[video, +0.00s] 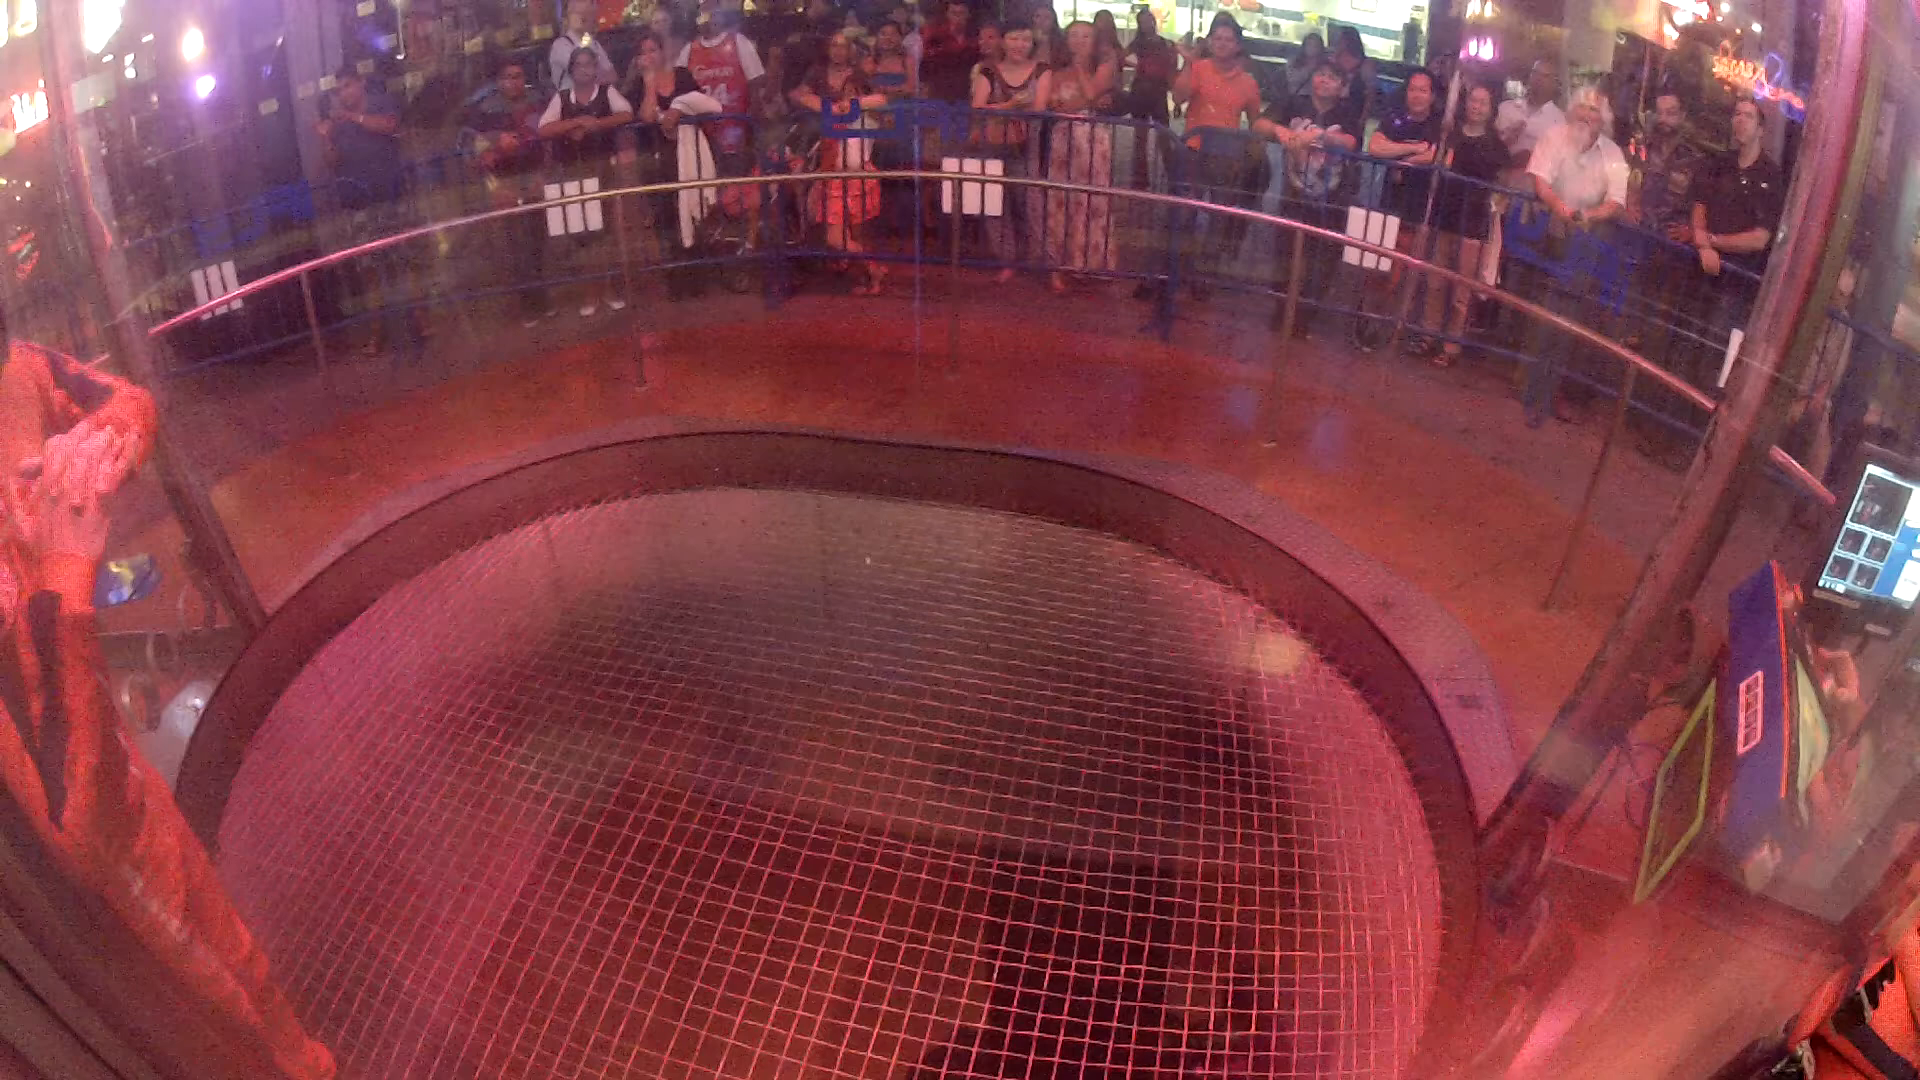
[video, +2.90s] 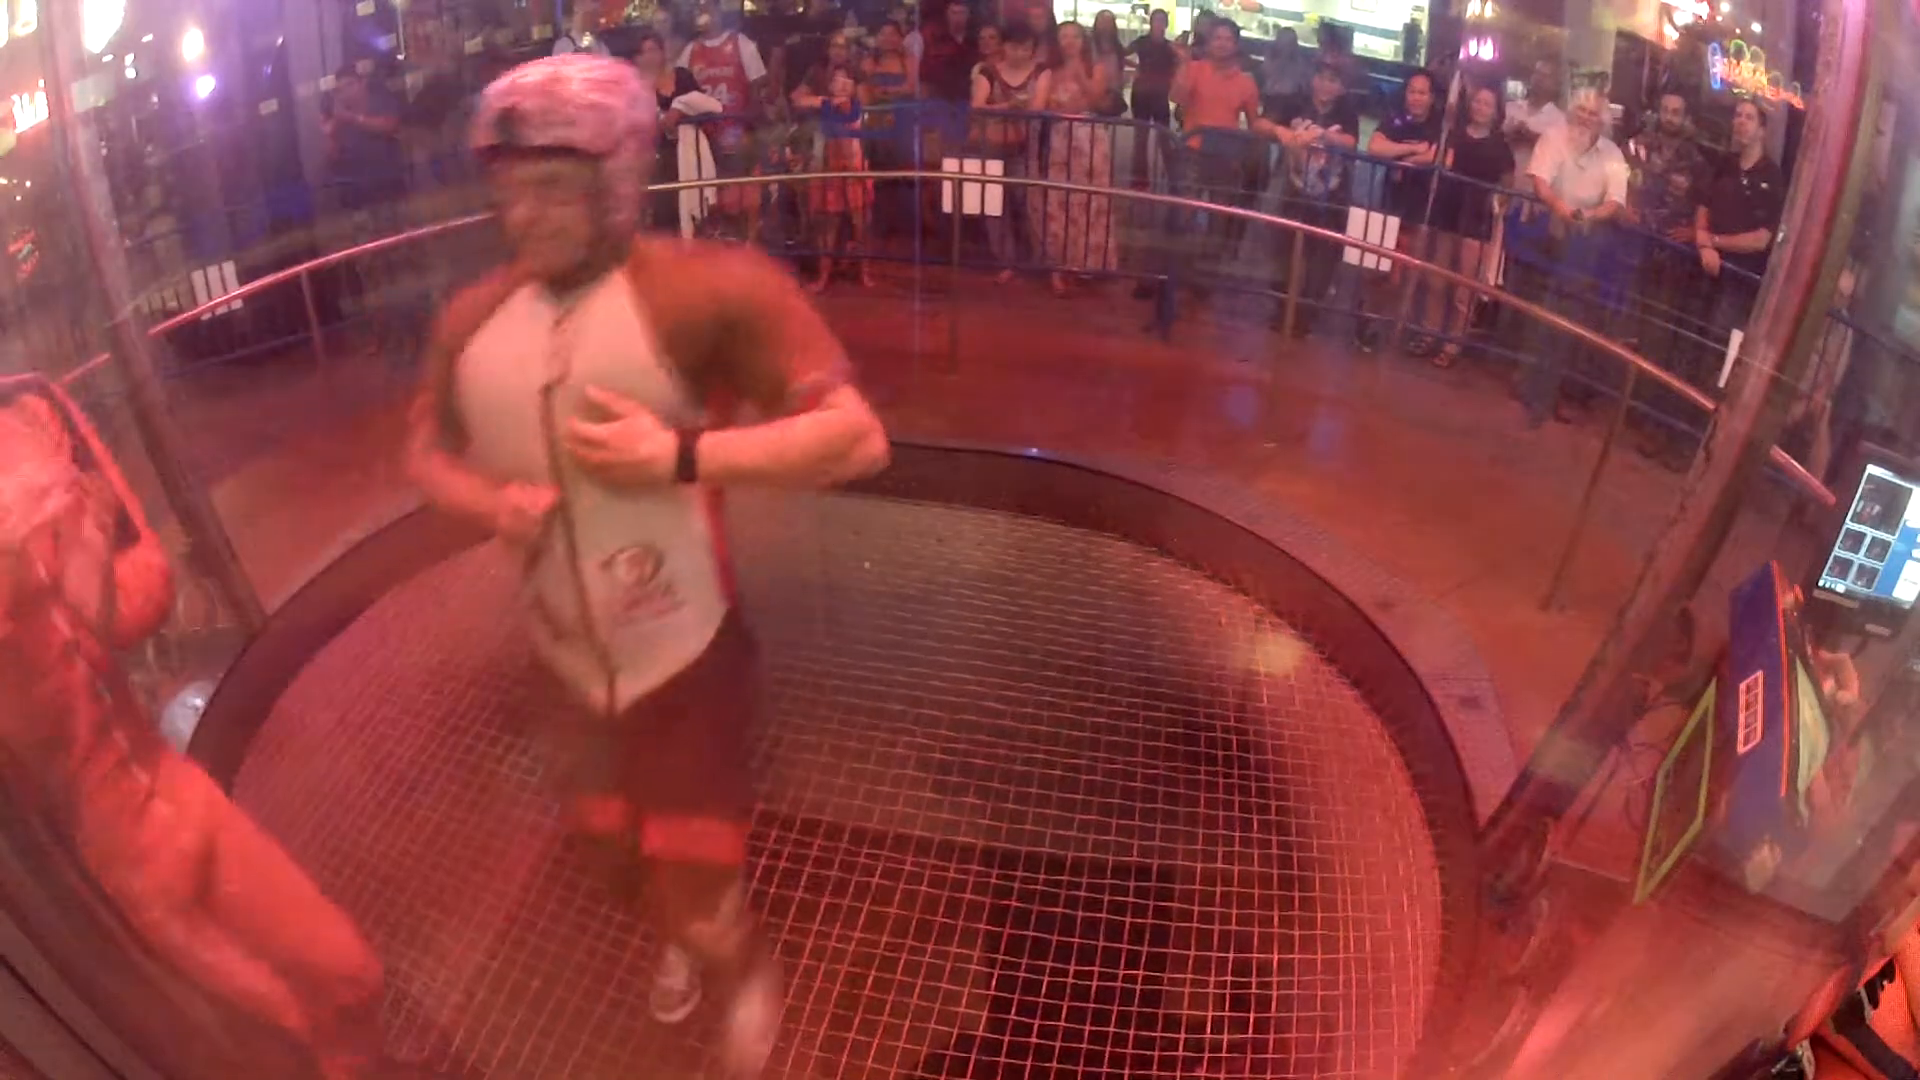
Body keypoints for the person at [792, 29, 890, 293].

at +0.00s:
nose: (837, 51)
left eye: (841, 46)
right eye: (833, 46)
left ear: (850, 50)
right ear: (826, 49)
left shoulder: (859, 76)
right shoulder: (819, 74)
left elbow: (881, 99)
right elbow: (798, 94)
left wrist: (853, 104)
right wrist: (828, 108)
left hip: (857, 163)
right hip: (830, 162)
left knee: (840, 237)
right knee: (835, 237)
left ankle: (874, 268)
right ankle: (873, 270)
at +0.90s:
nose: (835, 51)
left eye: (841, 46)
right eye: (832, 45)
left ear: (852, 50)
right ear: (826, 48)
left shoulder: (861, 77)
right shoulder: (819, 74)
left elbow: (880, 100)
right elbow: (797, 94)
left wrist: (853, 104)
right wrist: (826, 106)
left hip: (861, 170)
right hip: (831, 169)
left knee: (859, 230)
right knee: (834, 234)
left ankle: (863, 275)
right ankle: (874, 269)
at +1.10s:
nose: (843, 96)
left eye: (848, 91)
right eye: (840, 91)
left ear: (858, 92)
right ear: (834, 93)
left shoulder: (863, 108)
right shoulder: (830, 109)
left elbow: (879, 100)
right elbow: (797, 95)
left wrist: (853, 107)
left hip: (864, 175)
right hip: (839, 175)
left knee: (860, 230)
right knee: (834, 230)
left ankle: (865, 275)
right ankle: (871, 266)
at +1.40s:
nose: (844, 92)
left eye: (849, 87)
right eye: (840, 87)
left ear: (858, 89)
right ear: (834, 90)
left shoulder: (865, 106)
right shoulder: (831, 107)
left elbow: (882, 100)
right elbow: (798, 97)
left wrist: (855, 105)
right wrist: (827, 106)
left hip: (863, 171)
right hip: (834, 170)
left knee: (861, 224)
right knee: (817, 212)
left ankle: (863, 275)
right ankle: (851, 250)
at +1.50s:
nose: (835, 51)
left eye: (840, 46)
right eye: (832, 46)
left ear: (852, 50)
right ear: (827, 48)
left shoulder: (861, 77)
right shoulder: (820, 75)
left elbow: (885, 100)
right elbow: (798, 95)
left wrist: (855, 97)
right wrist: (828, 107)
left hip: (861, 156)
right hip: (832, 155)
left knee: (860, 218)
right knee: (819, 211)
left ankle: (862, 273)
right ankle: (844, 262)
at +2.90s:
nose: (838, 52)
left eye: (843, 46)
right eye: (834, 46)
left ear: (850, 50)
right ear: (827, 49)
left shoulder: (856, 79)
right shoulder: (818, 73)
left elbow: (863, 106)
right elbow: (797, 99)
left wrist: (848, 105)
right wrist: (828, 102)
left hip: (852, 147)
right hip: (826, 146)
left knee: (859, 213)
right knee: (826, 214)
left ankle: (864, 267)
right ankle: (824, 272)